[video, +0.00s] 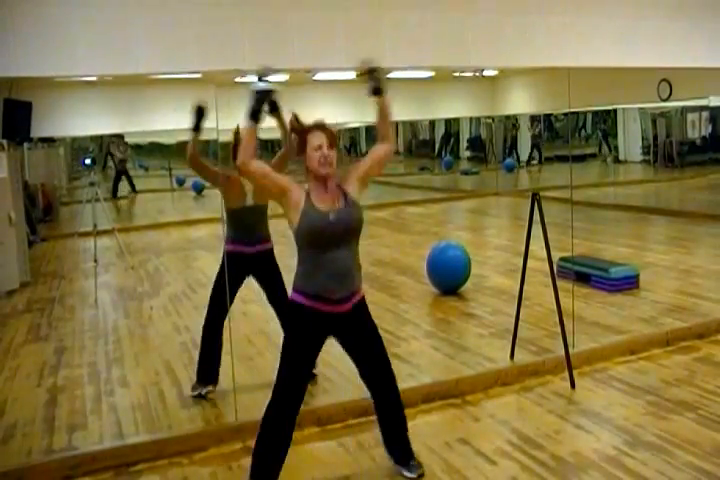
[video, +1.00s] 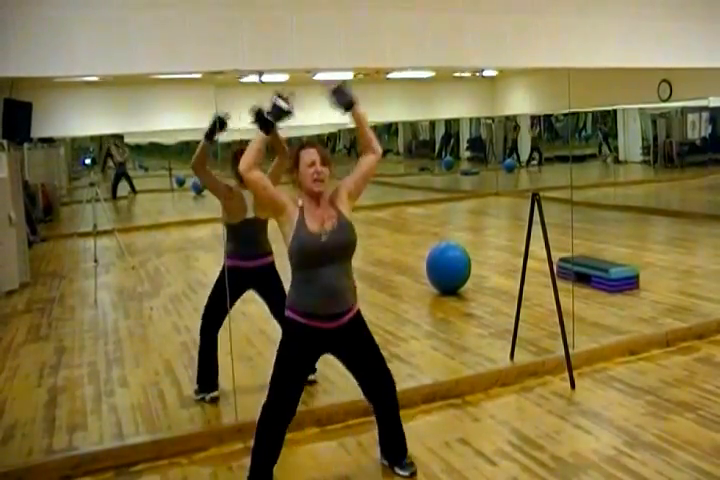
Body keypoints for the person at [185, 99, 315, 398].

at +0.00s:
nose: (238, 152)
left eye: (237, 147)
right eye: (241, 147)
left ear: (233, 152)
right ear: (255, 153)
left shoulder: (226, 179)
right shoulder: (267, 175)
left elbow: (193, 160)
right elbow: (289, 146)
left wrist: (196, 127)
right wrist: (279, 115)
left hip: (236, 257)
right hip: (264, 255)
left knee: (215, 316)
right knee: (285, 310)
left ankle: (207, 380)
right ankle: (304, 368)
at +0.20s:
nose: (239, 151)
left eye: (239, 147)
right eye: (243, 146)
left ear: (230, 152)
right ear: (254, 152)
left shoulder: (223, 176)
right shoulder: (265, 173)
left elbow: (190, 160)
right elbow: (292, 151)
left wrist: (189, 129)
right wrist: (292, 120)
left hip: (234, 254)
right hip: (262, 252)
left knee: (215, 316)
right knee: (284, 308)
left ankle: (205, 380)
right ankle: (304, 365)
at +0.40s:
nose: (248, 148)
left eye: (238, 143)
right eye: (250, 143)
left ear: (231, 147)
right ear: (253, 146)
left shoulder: (225, 179)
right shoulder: (267, 176)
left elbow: (207, 214)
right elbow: (284, 205)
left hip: (232, 247)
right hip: (261, 245)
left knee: (233, 309)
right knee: (266, 303)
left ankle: (239, 373)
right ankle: (273, 365)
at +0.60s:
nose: (242, 150)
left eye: (236, 145)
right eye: (247, 144)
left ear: (230, 149)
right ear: (253, 147)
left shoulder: (226, 181)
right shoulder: (265, 179)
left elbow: (217, 223)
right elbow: (278, 215)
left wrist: (198, 243)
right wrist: (277, 243)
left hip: (233, 250)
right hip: (260, 247)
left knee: (232, 307)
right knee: (264, 304)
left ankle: (241, 372)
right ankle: (267, 368)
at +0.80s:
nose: (256, 144)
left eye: (254, 140)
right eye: (252, 140)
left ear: (226, 146)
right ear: (248, 144)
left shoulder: (222, 173)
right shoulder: (264, 167)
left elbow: (189, 180)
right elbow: (296, 159)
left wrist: (179, 170)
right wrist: (294, 127)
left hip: (232, 244)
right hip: (261, 243)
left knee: (220, 305)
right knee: (277, 301)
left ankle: (216, 370)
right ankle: (291, 361)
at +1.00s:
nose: (241, 168)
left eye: (238, 163)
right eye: (244, 162)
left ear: (233, 168)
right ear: (255, 167)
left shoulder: (228, 194)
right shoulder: (267, 190)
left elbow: (198, 167)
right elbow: (284, 156)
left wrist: (208, 137)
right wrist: (270, 129)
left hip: (235, 271)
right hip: (265, 269)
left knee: (209, 325)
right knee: (288, 320)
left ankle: (208, 386)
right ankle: (305, 369)